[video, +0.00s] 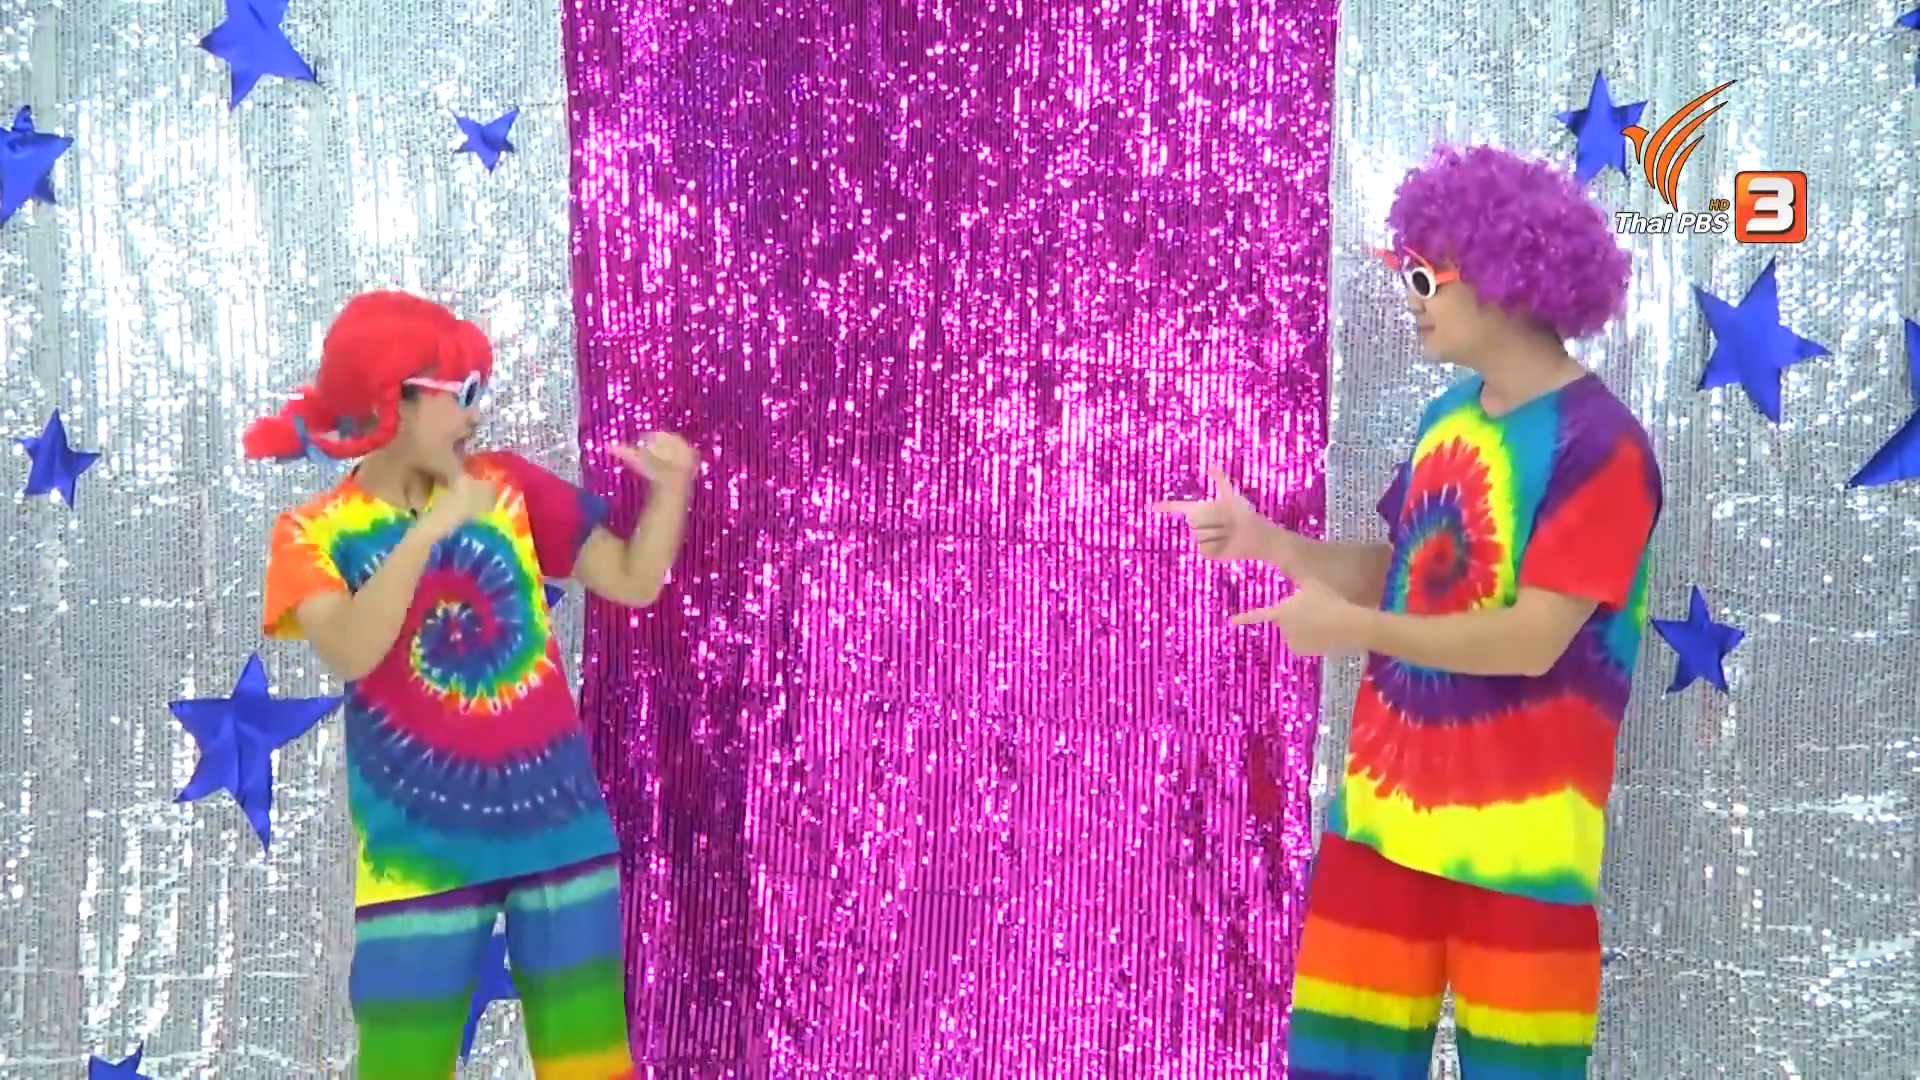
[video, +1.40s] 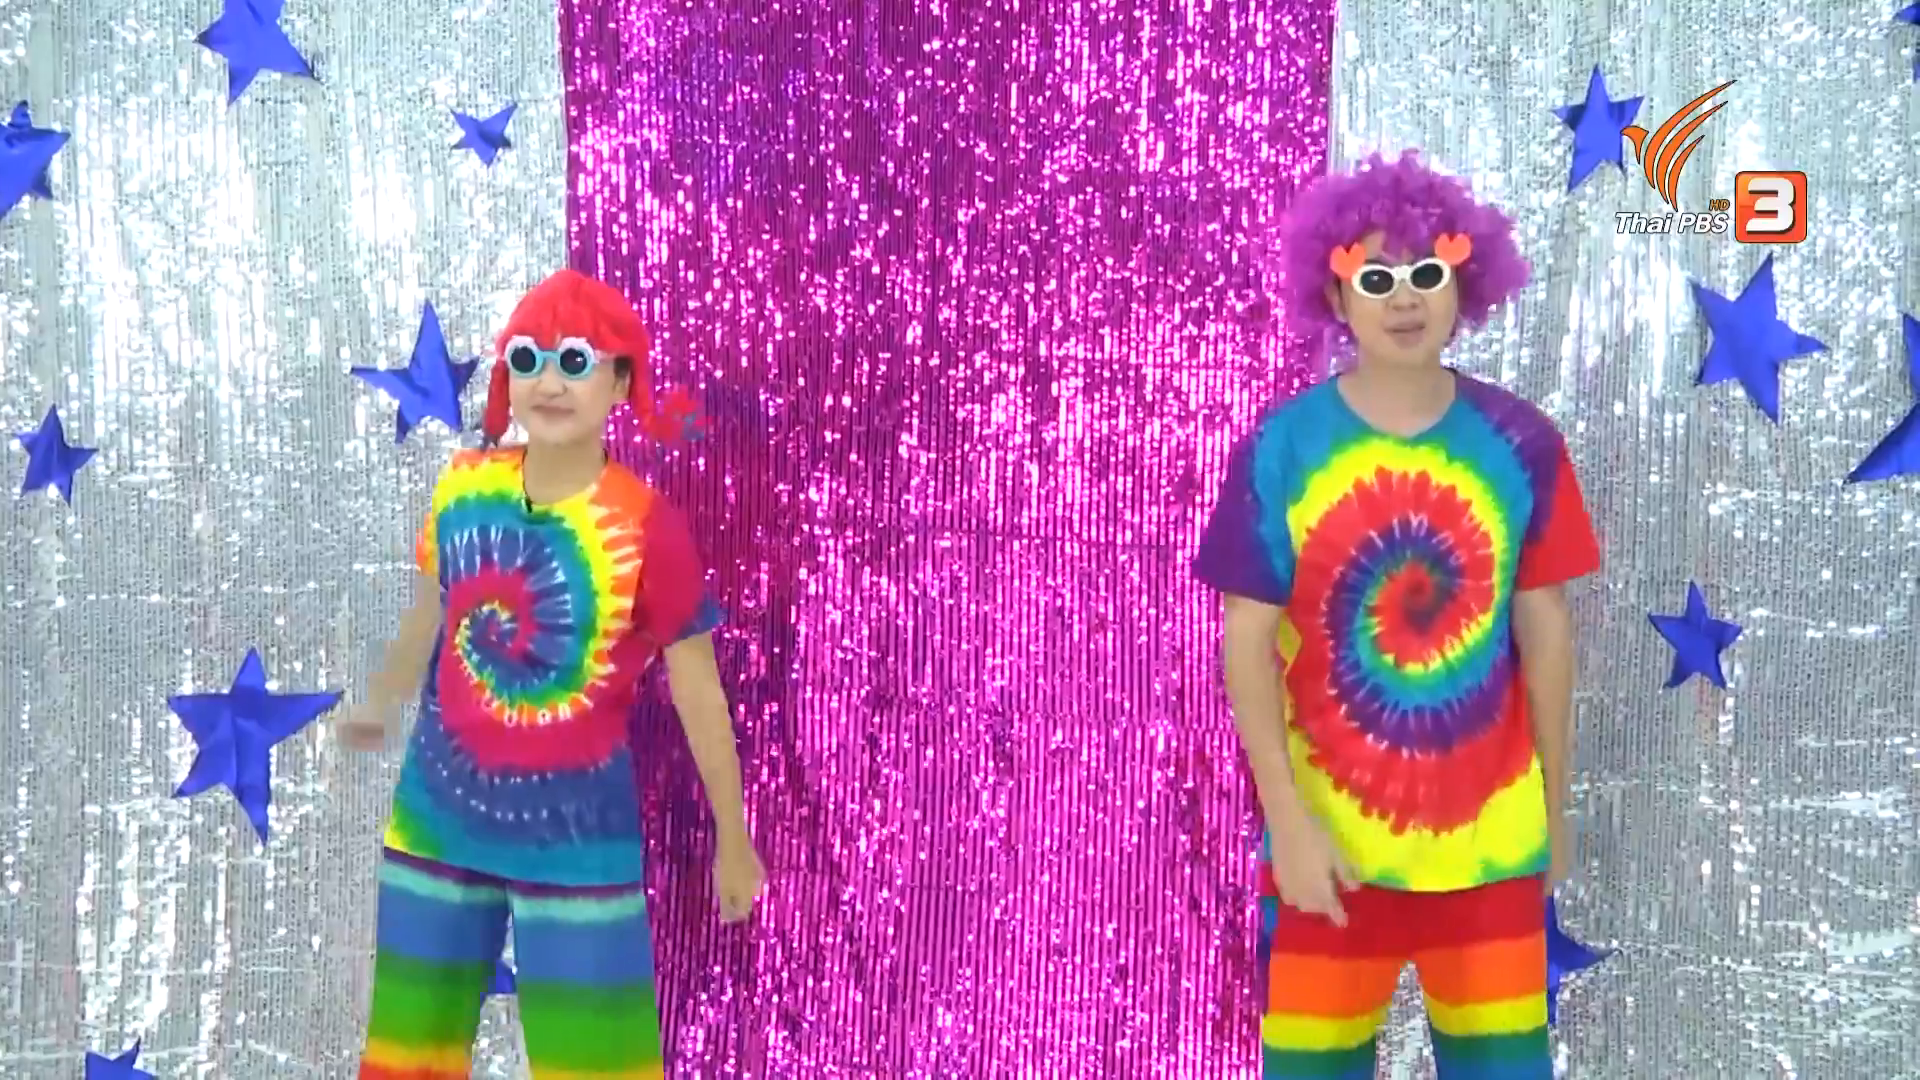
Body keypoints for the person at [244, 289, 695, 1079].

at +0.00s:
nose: (475, 414)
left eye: (473, 394)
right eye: (458, 394)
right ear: (392, 404)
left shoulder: (507, 485)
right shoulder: (309, 533)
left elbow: (633, 579)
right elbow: (351, 650)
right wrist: (432, 525)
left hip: (562, 839)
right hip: (418, 855)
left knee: (589, 1063)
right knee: (402, 1067)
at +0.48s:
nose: (446, 410)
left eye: (463, 384)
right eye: (415, 395)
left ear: (490, 394)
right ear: (381, 420)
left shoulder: (548, 504)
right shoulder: (360, 531)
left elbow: (675, 612)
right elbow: (300, 669)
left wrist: (596, 507)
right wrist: (334, 532)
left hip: (558, 850)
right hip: (408, 857)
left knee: (573, 1063)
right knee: (391, 1065)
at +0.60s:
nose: (465, 423)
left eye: (483, 397)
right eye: (437, 409)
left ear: (525, 402)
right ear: (415, 431)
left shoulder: (584, 511)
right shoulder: (389, 535)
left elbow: (665, 624)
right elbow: (320, 650)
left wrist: (574, 596)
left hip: (562, 856)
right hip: (420, 858)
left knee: (565, 1064)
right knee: (389, 1063)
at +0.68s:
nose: (484, 409)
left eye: (502, 381)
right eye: (458, 396)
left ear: (551, 382)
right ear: (441, 417)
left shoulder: (605, 490)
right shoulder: (414, 512)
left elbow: (627, 590)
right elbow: (344, 642)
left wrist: (602, 677)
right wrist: (270, 761)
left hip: (563, 831)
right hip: (430, 829)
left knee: (561, 1056)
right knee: (395, 1054)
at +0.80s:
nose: (499, 392)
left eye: (520, 364)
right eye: (477, 375)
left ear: (575, 371)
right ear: (463, 396)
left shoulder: (611, 485)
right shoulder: (449, 506)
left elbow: (634, 629)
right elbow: (392, 649)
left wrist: (638, 762)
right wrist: (310, 776)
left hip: (571, 812)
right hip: (448, 808)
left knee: (573, 1046)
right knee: (406, 1043)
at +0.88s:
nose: (508, 382)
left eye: (531, 357)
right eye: (486, 365)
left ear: (584, 374)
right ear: (472, 391)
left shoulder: (614, 499)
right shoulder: (470, 511)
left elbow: (653, 664)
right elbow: (436, 657)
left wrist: (658, 822)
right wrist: (373, 774)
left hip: (574, 832)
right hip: (452, 824)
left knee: (574, 1056)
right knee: (410, 1051)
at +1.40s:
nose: (547, 380)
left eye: (574, 360)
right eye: (528, 358)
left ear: (618, 387)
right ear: (505, 380)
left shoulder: (649, 522)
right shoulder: (463, 487)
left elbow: (696, 688)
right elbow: (428, 613)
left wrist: (733, 836)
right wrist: (381, 700)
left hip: (577, 835)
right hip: (439, 822)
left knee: (591, 1062)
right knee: (406, 1057)